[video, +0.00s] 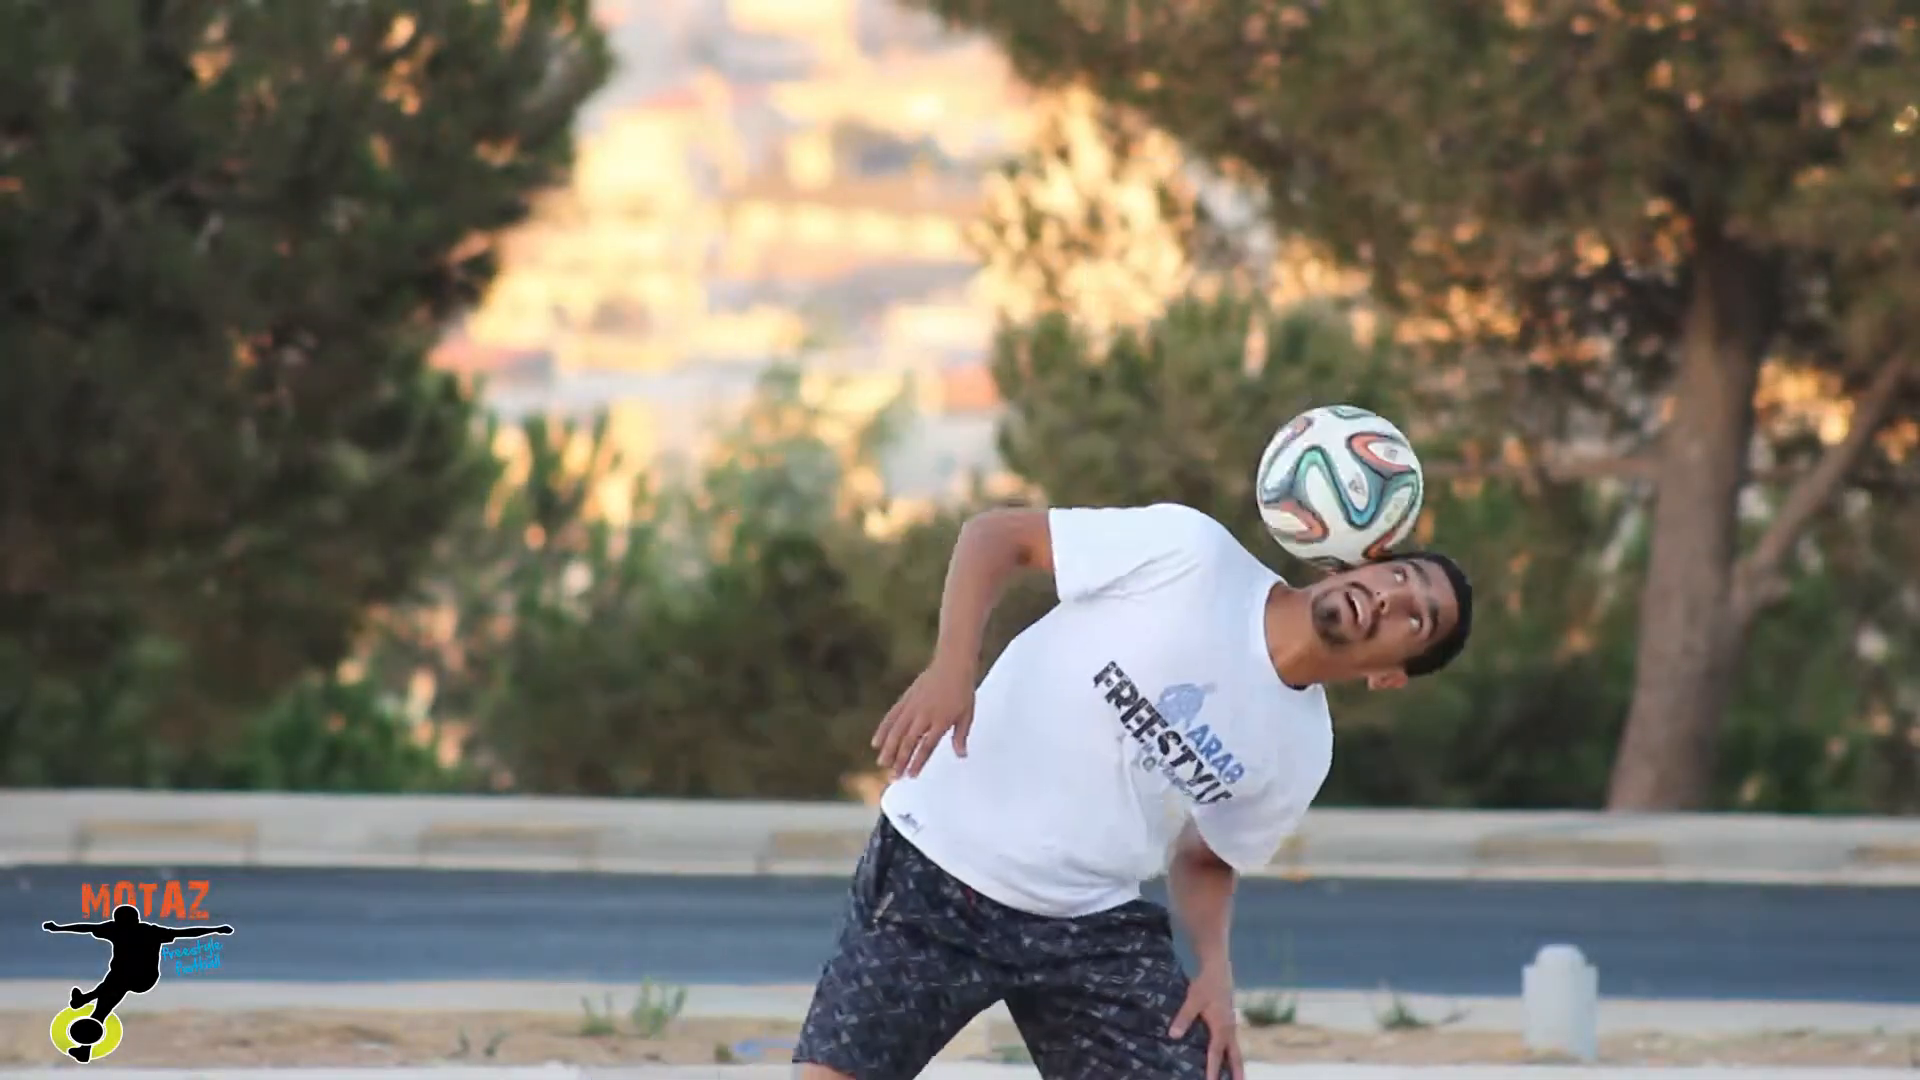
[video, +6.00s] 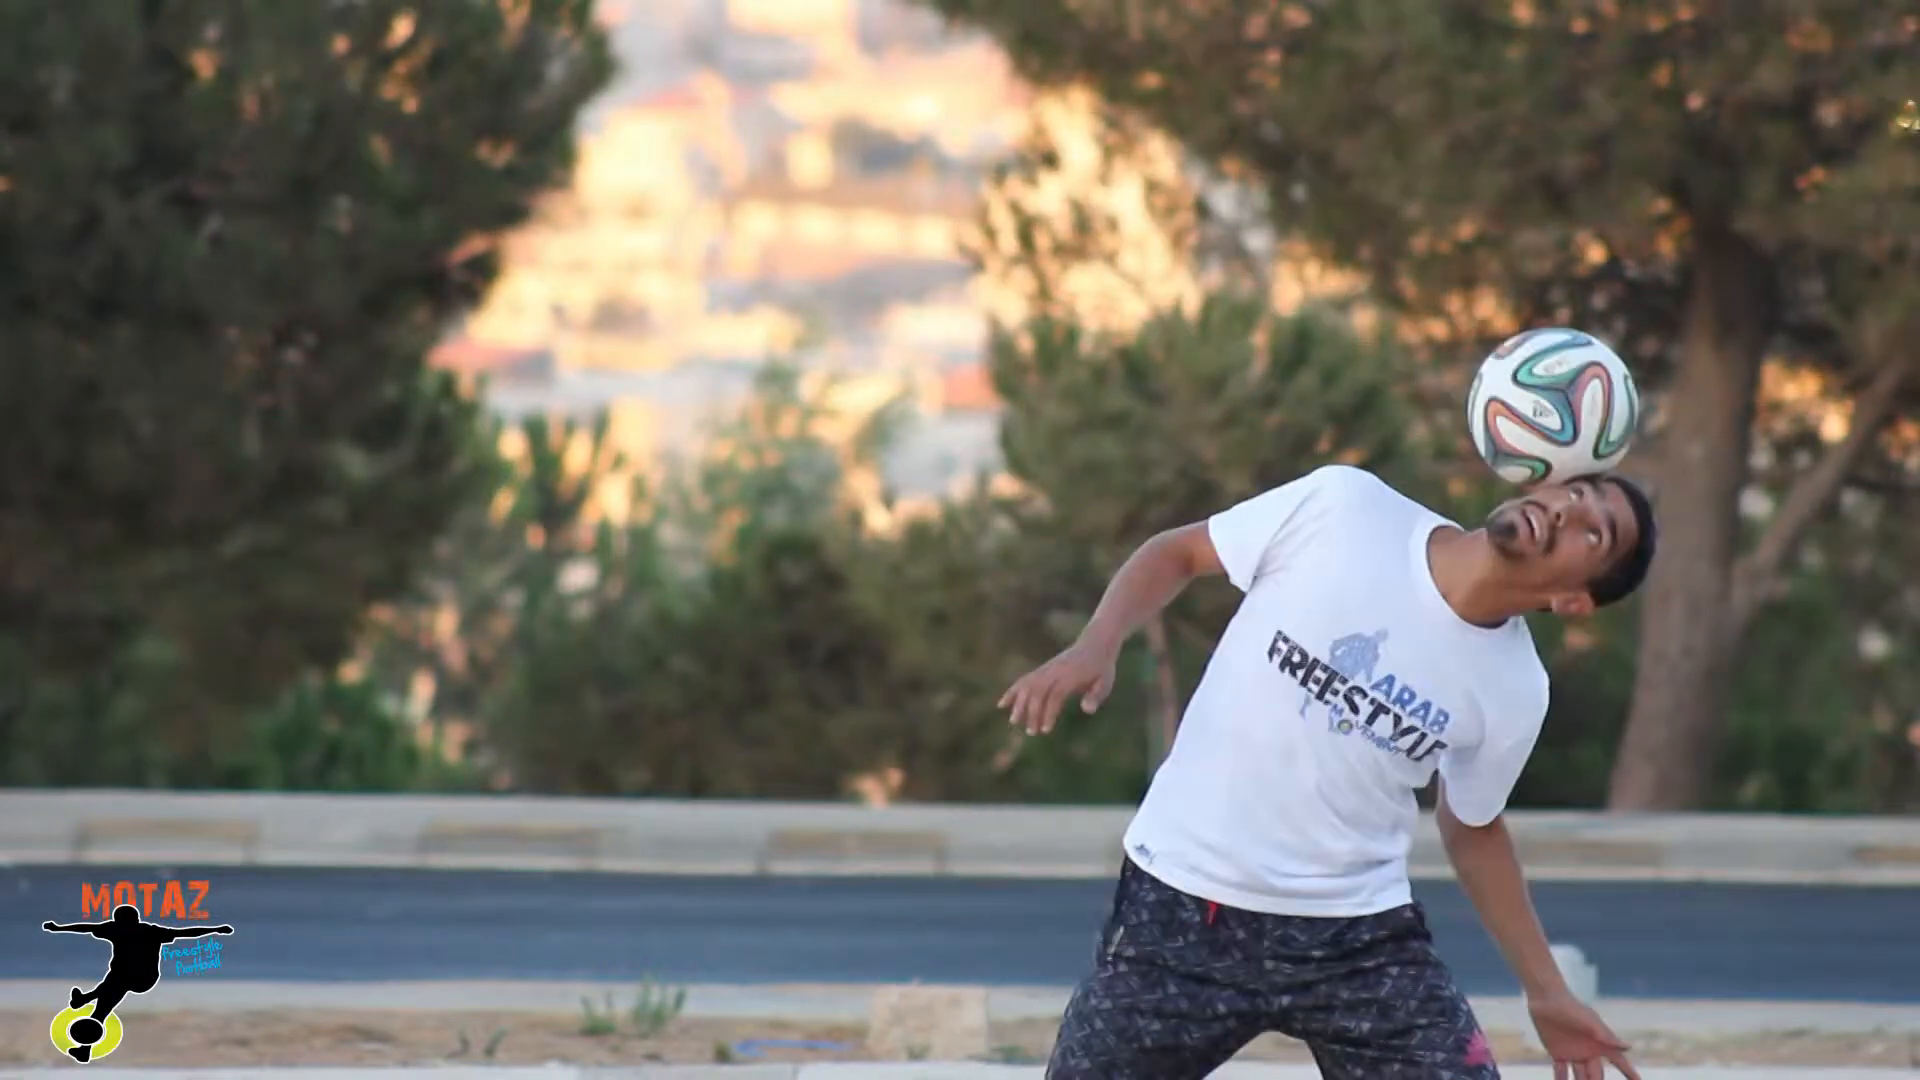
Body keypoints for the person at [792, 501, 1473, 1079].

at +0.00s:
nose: (1385, 593)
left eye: (1413, 617)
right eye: (1396, 570)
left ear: (1386, 677)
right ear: (1354, 560)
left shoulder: (1301, 753)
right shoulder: (1186, 550)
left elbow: (1205, 860)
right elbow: (996, 533)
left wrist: (1214, 969)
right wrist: (951, 666)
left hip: (1090, 931)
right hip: (928, 885)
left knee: (1194, 1070)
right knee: (829, 1071)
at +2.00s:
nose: (1218, 482)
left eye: (1222, 463)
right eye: (1206, 503)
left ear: (1291, 457)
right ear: (1246, 558)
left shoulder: (1480, 521)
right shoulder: (1272, 644)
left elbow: (1643, 632)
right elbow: (1290, 824)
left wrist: (1618, 684)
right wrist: (1173, 859)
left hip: (1500, 976)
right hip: (1313, 976)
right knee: (1200, 1071)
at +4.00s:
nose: (1113, 376)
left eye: (1130, 360)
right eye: (1089, 390)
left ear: (1196, 392)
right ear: (1106, 465)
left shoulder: (1349, 479)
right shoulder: (1117, 580)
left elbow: (1539, 566)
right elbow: (1122, 758)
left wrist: (1493, 577)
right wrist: (1026, 821)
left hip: (1358, 936)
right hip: (1176, 940)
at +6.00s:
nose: (1562, 504)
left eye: (1592, 529)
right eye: (1574, 488)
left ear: (1570, 600)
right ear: (1536, 484)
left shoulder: (1513, 690)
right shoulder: (1338, 505)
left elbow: (1474, 828)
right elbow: (1174, 553)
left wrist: (1547, 993)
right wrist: (1095, 644)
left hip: (1360, 949)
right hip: (1179, 924)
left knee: (1461, 1068)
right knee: (1080, 1065)